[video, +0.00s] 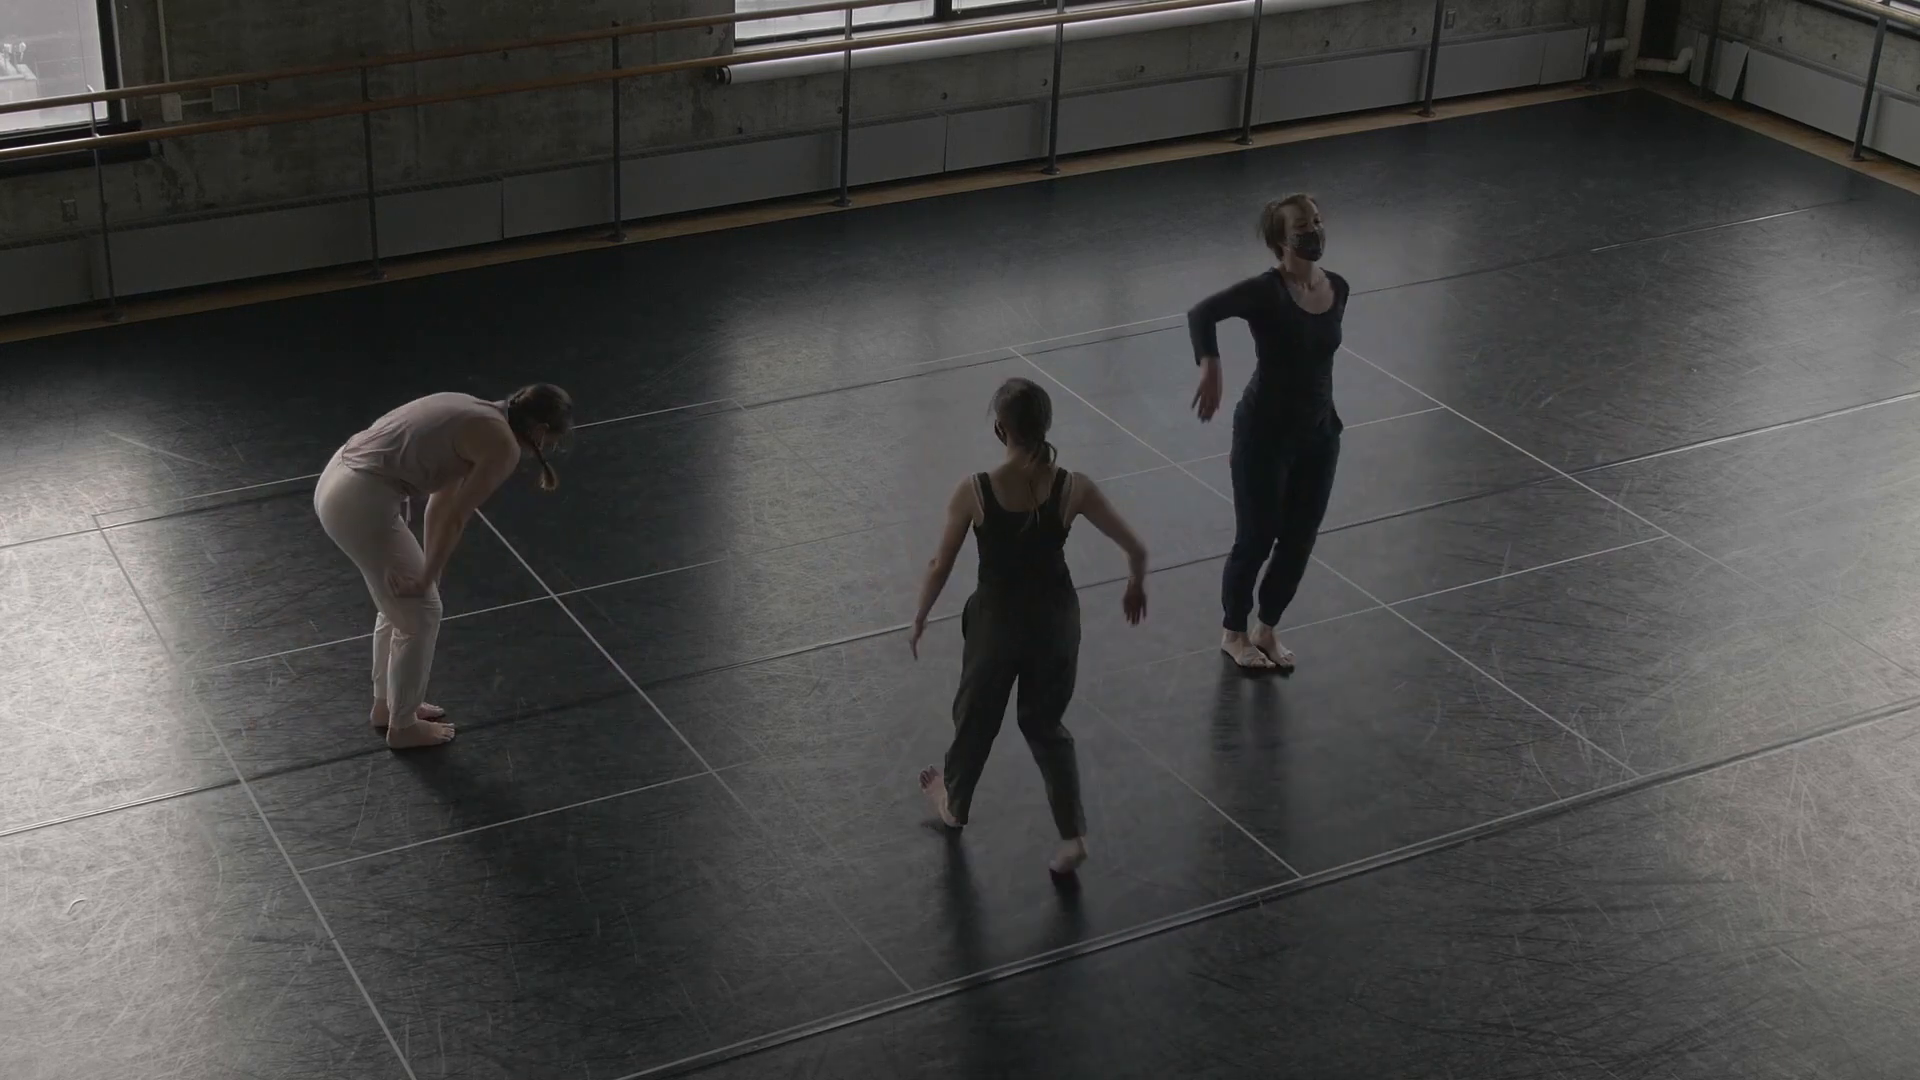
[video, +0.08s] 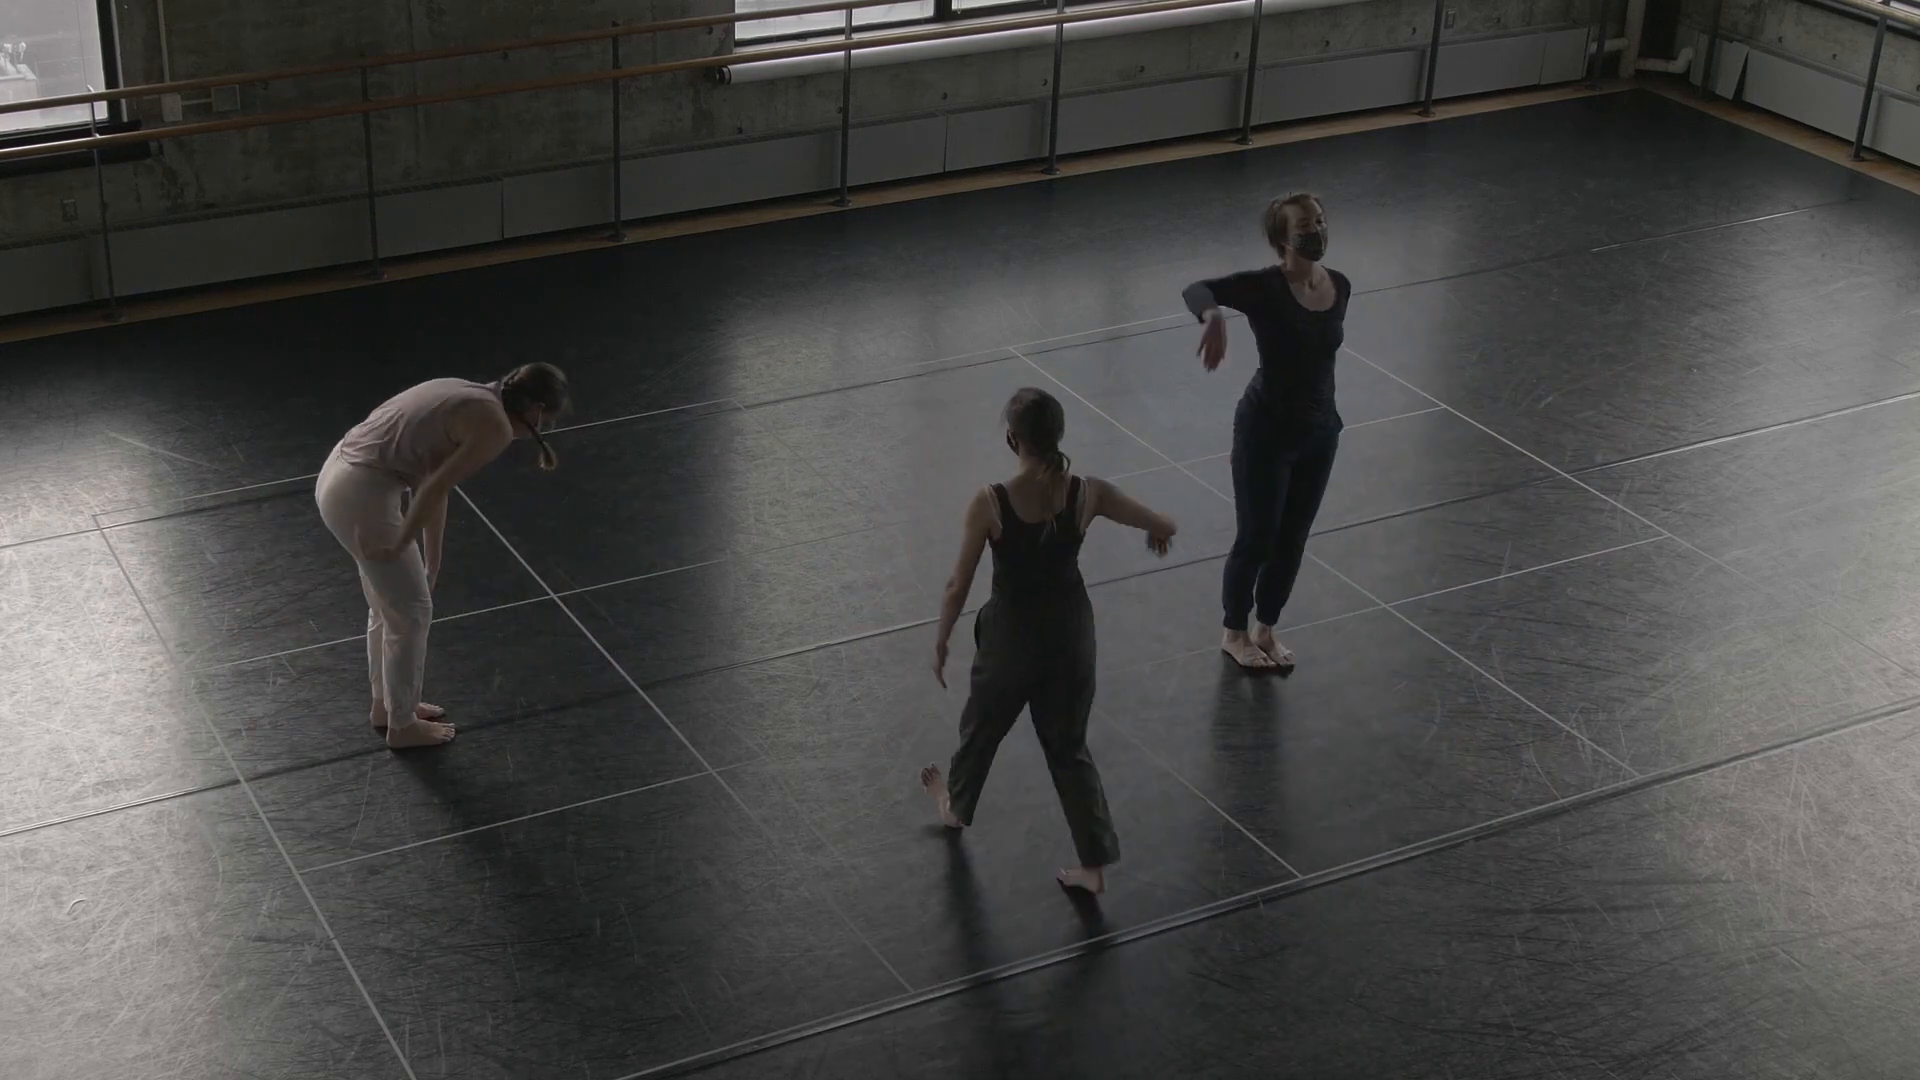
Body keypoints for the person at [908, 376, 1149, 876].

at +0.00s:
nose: (993, 425)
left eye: (995, 419)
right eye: (997, 418)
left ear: (1001, 427)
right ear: (1046, 425)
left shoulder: (973, 491)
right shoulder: (1074, 487)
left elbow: (942, 565)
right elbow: (1135, 547)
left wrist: (921, 615)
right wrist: (1135, 587)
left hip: (996, 629)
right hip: (1056, 627)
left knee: (976, 716)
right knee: (1044, 721)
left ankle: (954, 806)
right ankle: (1072, 837)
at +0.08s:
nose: (1005, 433)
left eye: (1006, 428)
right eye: (1008, 426)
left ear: (1012, 437)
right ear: (1058, 435)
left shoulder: (989, 502)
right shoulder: (1088, 493)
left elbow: (960, 583)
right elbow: (1159, 523)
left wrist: (942, 639)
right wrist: (1159, 531)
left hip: (1010, 647)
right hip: (1071, 645)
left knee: (980, 730)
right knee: (1070, 749)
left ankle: (956, 806)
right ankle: (1093, 867)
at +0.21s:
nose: (1025, 443)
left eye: (1026, 437)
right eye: (1028, 436)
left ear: (1032, 446)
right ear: (1079, 443)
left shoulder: (1013, 513)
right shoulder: (1110, 496)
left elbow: (994, 605)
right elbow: (1188, 495)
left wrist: (987, 672)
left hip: (1030, 652)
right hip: (1092, 653)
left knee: (1001, 737)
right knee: (1093, 765)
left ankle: (973, 818)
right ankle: (1092, 883)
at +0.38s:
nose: (1042, 446)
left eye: (1043, 440)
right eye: (1057, 438)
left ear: (1048, 450)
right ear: (1097, 444)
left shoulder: (1030, 518)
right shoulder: (1126, 498)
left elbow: (1025, 613)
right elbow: (1198, 467)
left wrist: (1027, 687)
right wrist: (1194, 395)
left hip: (1046, 663)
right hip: (1105, 661)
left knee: (1028, 759)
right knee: (1099, 779)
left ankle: (1030, 860)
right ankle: (1091, 886)